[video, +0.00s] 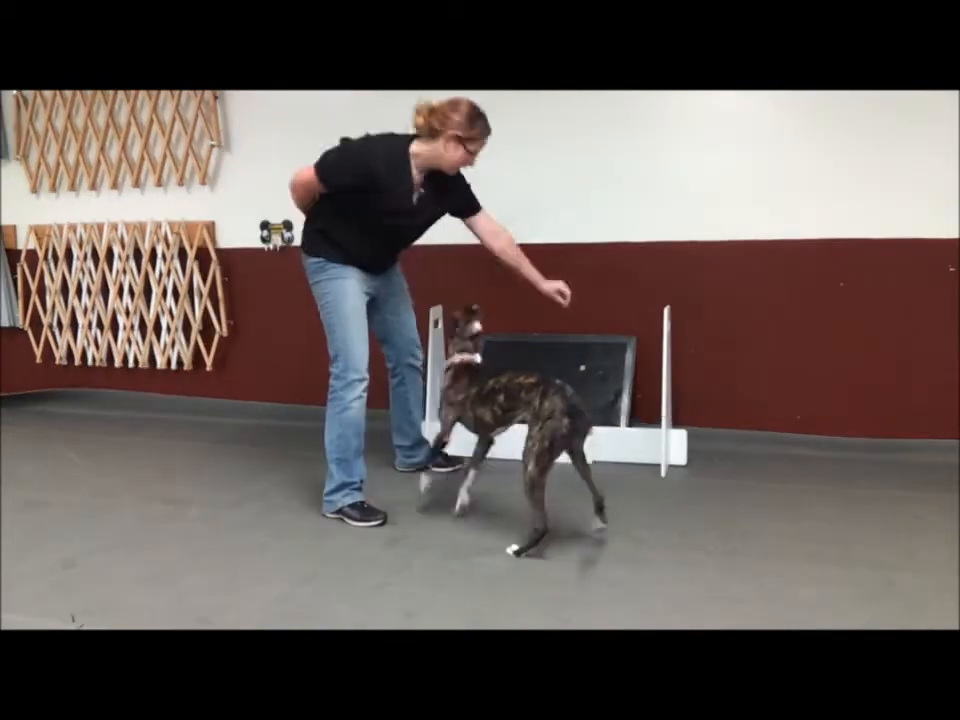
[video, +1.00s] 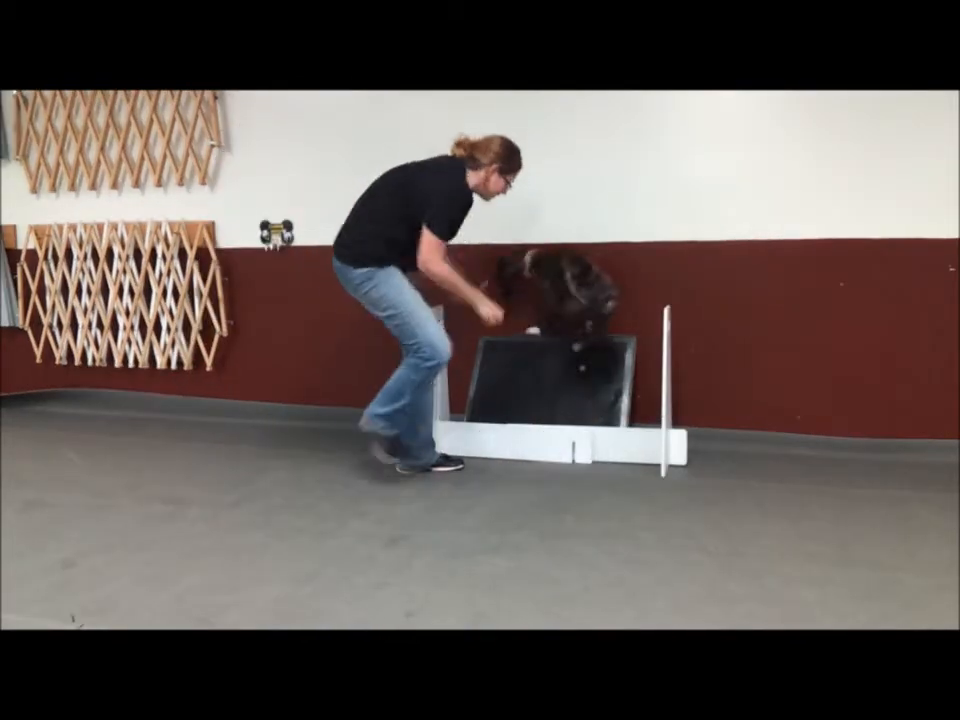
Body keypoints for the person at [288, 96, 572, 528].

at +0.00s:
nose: (472, 161)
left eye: (476, 153)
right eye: (469, 150)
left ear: (453, 142)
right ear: (446, 138)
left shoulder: (449, 183)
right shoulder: (371, 155)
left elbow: (493, 235)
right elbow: (301, 184)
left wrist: (540, 282)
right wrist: (321, 223)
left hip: (383, 266)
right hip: (334, 262)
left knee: (407, 357)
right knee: (352, 370)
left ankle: (413, 453)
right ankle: (343, 495)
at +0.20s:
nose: (494, 186)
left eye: (497, 179)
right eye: (492, 177)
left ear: (473, 169)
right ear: (471, 165)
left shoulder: (460, 200)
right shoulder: (405, 175)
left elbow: (501, 231)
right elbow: (322, 185)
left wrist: (548, 258)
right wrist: (316, 221)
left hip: (378, 268)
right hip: (334, 260)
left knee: (409, 357)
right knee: (352, 373)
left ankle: (412, 454)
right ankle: (342, 495)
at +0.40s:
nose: (512, 207)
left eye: (515, 200)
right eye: (512, 198)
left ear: (494, 190)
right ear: (495, 188)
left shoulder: (473, 216)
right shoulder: (445, 191)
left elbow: (508, 238)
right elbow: (377, 190)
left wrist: (552, 261)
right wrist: (328, 212)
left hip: (388, 270)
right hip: (353, 259)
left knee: (417, 354)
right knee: (360, 371)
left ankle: (413, 454)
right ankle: (338, 493)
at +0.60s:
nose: (507, 201)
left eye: (511, 196)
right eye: (509, 192)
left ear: (493, 181)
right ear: (497, 181)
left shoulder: (469, 203)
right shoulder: (467, 186)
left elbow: (493, 230)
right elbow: (406, 194)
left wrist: (529, 249)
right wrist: (345, 237)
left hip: (396, 263)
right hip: (379, 257)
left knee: (424, 351)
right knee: (388, 363)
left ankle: (415, 453)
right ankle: (332, 478)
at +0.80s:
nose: (504, 171)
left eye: (507, 164)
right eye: (505, 162)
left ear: (484, 151)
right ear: (492, 151)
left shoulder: (454, 168)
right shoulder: (460, 166)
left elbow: (458, 213)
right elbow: (406, 204)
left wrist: (498, 235)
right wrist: (426, 279)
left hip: (380, 251)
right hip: (381, 252)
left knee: (424, 350)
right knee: (440, 348)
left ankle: (418, 454)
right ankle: (380, 448)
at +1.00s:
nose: (506, 188)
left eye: (510, 182)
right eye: (507, 179)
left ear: (486, 167)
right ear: (489, 169)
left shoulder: (450, 177)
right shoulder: (453, 189)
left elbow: (431, 252)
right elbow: (430, 262)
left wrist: (472, 292)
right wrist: (479, 301)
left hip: (376, 261)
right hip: (365, 264)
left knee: (424, 350)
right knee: (434, 350)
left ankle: (416, 454)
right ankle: (379, 421)